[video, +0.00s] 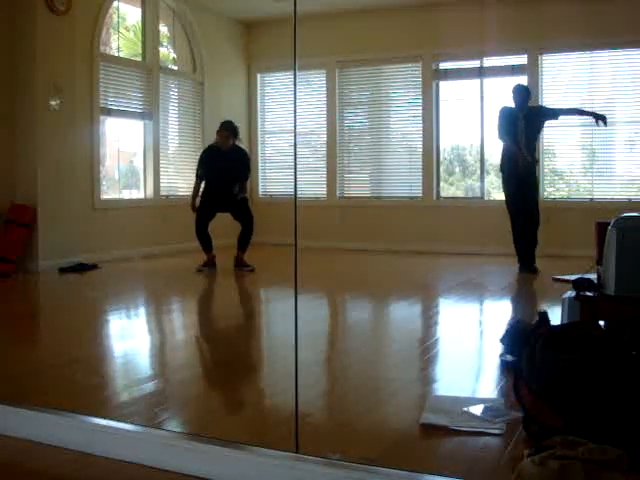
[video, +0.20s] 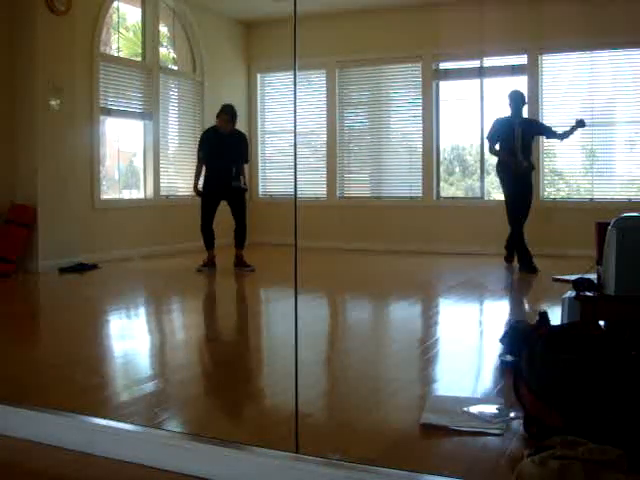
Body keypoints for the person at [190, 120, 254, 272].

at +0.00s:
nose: (219, 136)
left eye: (223, 134)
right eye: (218, 133)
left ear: (232, 137)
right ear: (217, 134)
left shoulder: (241, 155)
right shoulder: (209, 152)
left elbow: (244, 180)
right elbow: (199, 178)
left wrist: (243, 198)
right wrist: (193, 200)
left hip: (233, 197)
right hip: (211, 196)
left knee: (248, 223)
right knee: (200, 226)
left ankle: (239, 259)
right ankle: (210, 259)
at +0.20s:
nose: (219, 122)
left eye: (224, 120)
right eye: (219, 118)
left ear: (232, 121)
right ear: (217, 117)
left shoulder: (240, 137)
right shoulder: (208, 134)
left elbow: (243, 164)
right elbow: (200, 161)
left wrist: (245, 183)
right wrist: (196, 183)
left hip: (234, 185)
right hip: (211, 185)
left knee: (240, 222)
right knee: (206, 223)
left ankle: (239, 258)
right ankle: (210, 258)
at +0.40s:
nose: (221, 108)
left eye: (225, 105)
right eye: (220, 104)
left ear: (234, 108)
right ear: (218, 106)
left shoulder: (239, 133)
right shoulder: (208, 128)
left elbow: (241, 159)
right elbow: (199, 154)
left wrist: (241, 179)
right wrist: (194, 174)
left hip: (231, 178)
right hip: (211, 177)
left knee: (236, 209)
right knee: (217, 218)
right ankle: (221, 253)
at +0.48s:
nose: (224, 110)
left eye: (228, 107)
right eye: (222, 106)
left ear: (235, 110)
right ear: (218, 107)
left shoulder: (239, 133)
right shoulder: (207, 128)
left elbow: (242, 158)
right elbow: (199, 153)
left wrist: (242, 177)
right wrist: (195, 174)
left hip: (231, 177)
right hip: (211, 177)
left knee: (236, 214)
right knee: (217, 215)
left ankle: (217, 207)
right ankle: (221, 254)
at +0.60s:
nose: (224, 108)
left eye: (228, 105)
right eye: (222, 104)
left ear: (234, 108)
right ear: (219, 106)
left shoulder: (238, 129)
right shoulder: (208, 126)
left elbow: (240, 154)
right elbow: (202, 153)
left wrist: (240, 175)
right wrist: (201, 174)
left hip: (231, 175)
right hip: (212, 175)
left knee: (233, 211)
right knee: (218, 213)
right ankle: (221, 252)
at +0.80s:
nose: (225, 109)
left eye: (228, 106)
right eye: (224, 106)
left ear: (233, 108)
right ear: (221, 108)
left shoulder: (234, 129)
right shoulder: (220, 127)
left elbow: (233, 156)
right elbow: (215, 153)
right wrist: (209, 175)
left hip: (229, 177)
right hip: (219, 177)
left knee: (222, 214)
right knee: (220, 213)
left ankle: (217, 246)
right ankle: (217, 248)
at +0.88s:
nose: (241, 111)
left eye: (241, 108)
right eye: (239, 108)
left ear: (225, 109)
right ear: (232, 109)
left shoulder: (210, 128)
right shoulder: (235, 130)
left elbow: (208, 155)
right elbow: (232, 156)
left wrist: (208, 173)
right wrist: (230, 178)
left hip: (212, 176)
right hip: (229, 178)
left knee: (213, 213)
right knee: (226, 215)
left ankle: (211, 248)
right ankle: (223, 250)